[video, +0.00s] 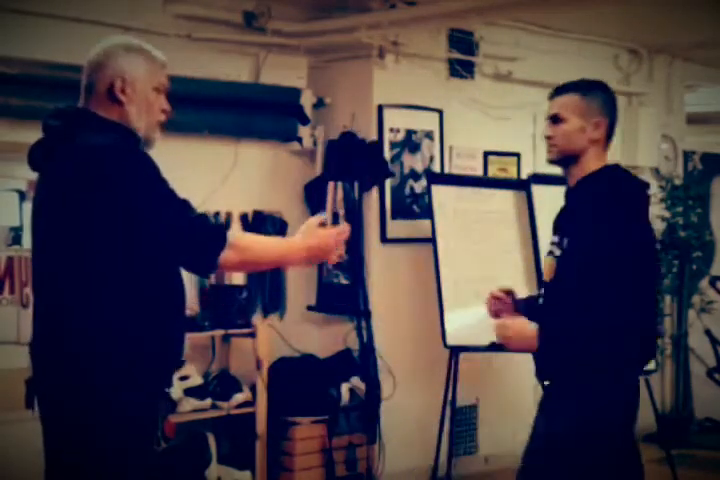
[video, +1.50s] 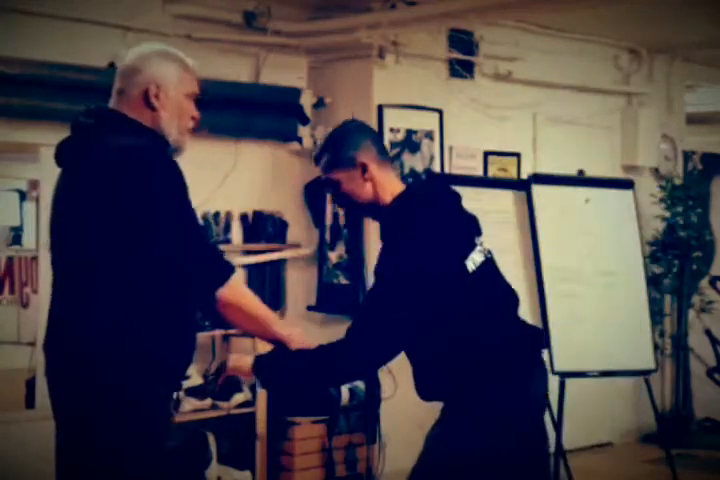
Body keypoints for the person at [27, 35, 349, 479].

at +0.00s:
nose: (167, 108)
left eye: (166, 95)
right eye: (160, 92)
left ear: (120, 91)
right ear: (121, 91)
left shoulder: (65, 158)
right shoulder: (116, 160)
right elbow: (208, 249)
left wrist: (293, 246)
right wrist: (303, 249)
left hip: (71, 382)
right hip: (115, 390)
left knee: (74, 471)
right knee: (118, 471)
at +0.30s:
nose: (168, 108)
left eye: (167, 95)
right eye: (161, 91)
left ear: (118, 91)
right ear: (122, 90)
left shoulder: (67, 158)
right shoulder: (121, 158)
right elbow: (212, 244)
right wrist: (306, 252)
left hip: (75, 373)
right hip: (120, 381)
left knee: (78, 469)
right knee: (125, 469)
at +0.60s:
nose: (178, 115)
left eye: (178, 102)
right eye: (173, 99)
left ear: (134, 92)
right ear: (137, 92)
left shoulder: (73, 155)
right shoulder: (131, 156)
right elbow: (224, 232)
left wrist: (238, 233)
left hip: (83, 367)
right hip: (132, 373)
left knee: (88, 469)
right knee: (143, 469)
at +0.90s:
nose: (197, 136)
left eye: (202, 124)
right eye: (196, 120)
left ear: (157, 102)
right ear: (163, 104)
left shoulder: (79, 159)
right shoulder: (157, 164)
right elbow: (223, 245)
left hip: (75, 364)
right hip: (132, 371)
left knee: (78, 468)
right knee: (132, 469)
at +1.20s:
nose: (203, 141)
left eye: (208, 130)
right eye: (203, 125)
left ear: (165, 104)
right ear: (171, 106)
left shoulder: (84, 159)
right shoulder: (159, 166)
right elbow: (229, 282)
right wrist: (298, 343)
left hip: (74, 365)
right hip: (133, 375)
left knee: (77, 469)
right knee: (130, 469)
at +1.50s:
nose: (196, 115)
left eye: (196, 102)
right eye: (191, 99)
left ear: (153, 96)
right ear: (154, 97)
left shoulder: (85, 158)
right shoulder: (144, 162)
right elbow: (213, 282)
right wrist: (285, 333)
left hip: (81, 366)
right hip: (129, 377)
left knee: (83, 469)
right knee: (129, 470)